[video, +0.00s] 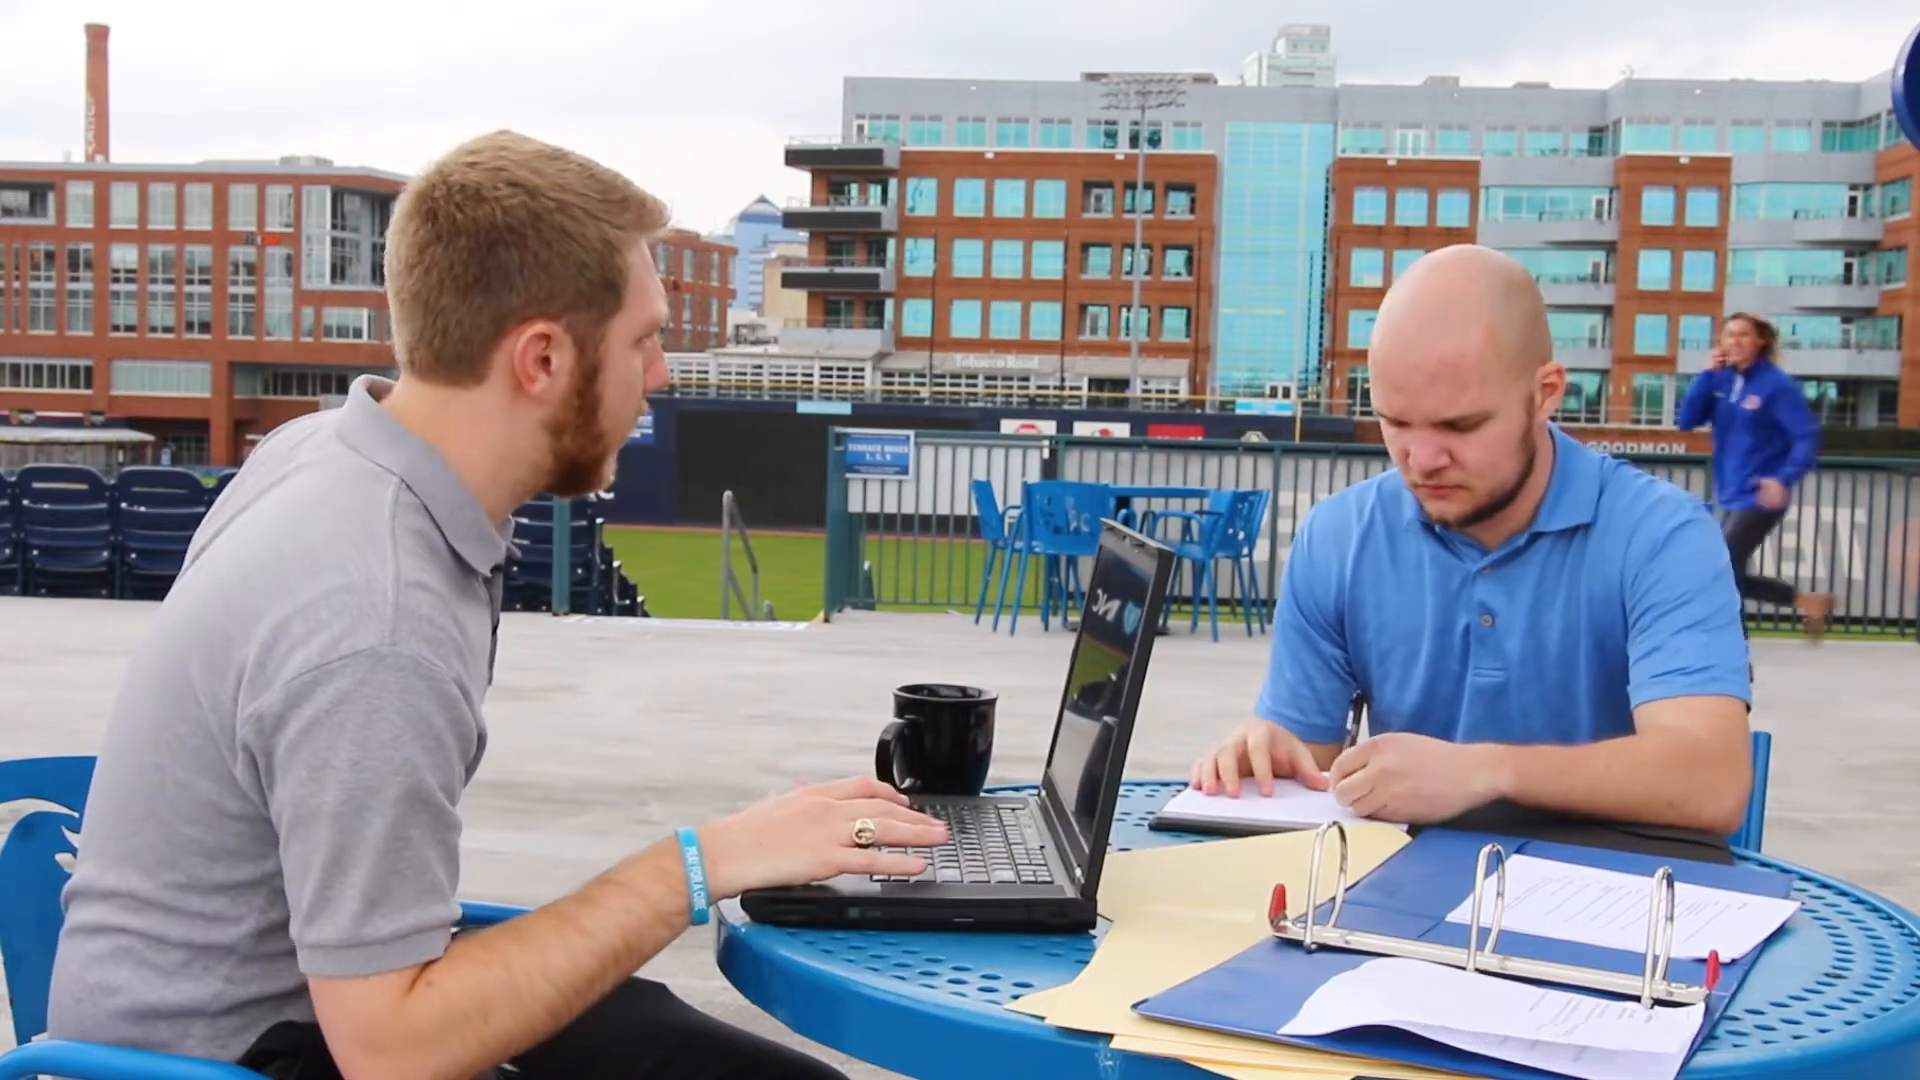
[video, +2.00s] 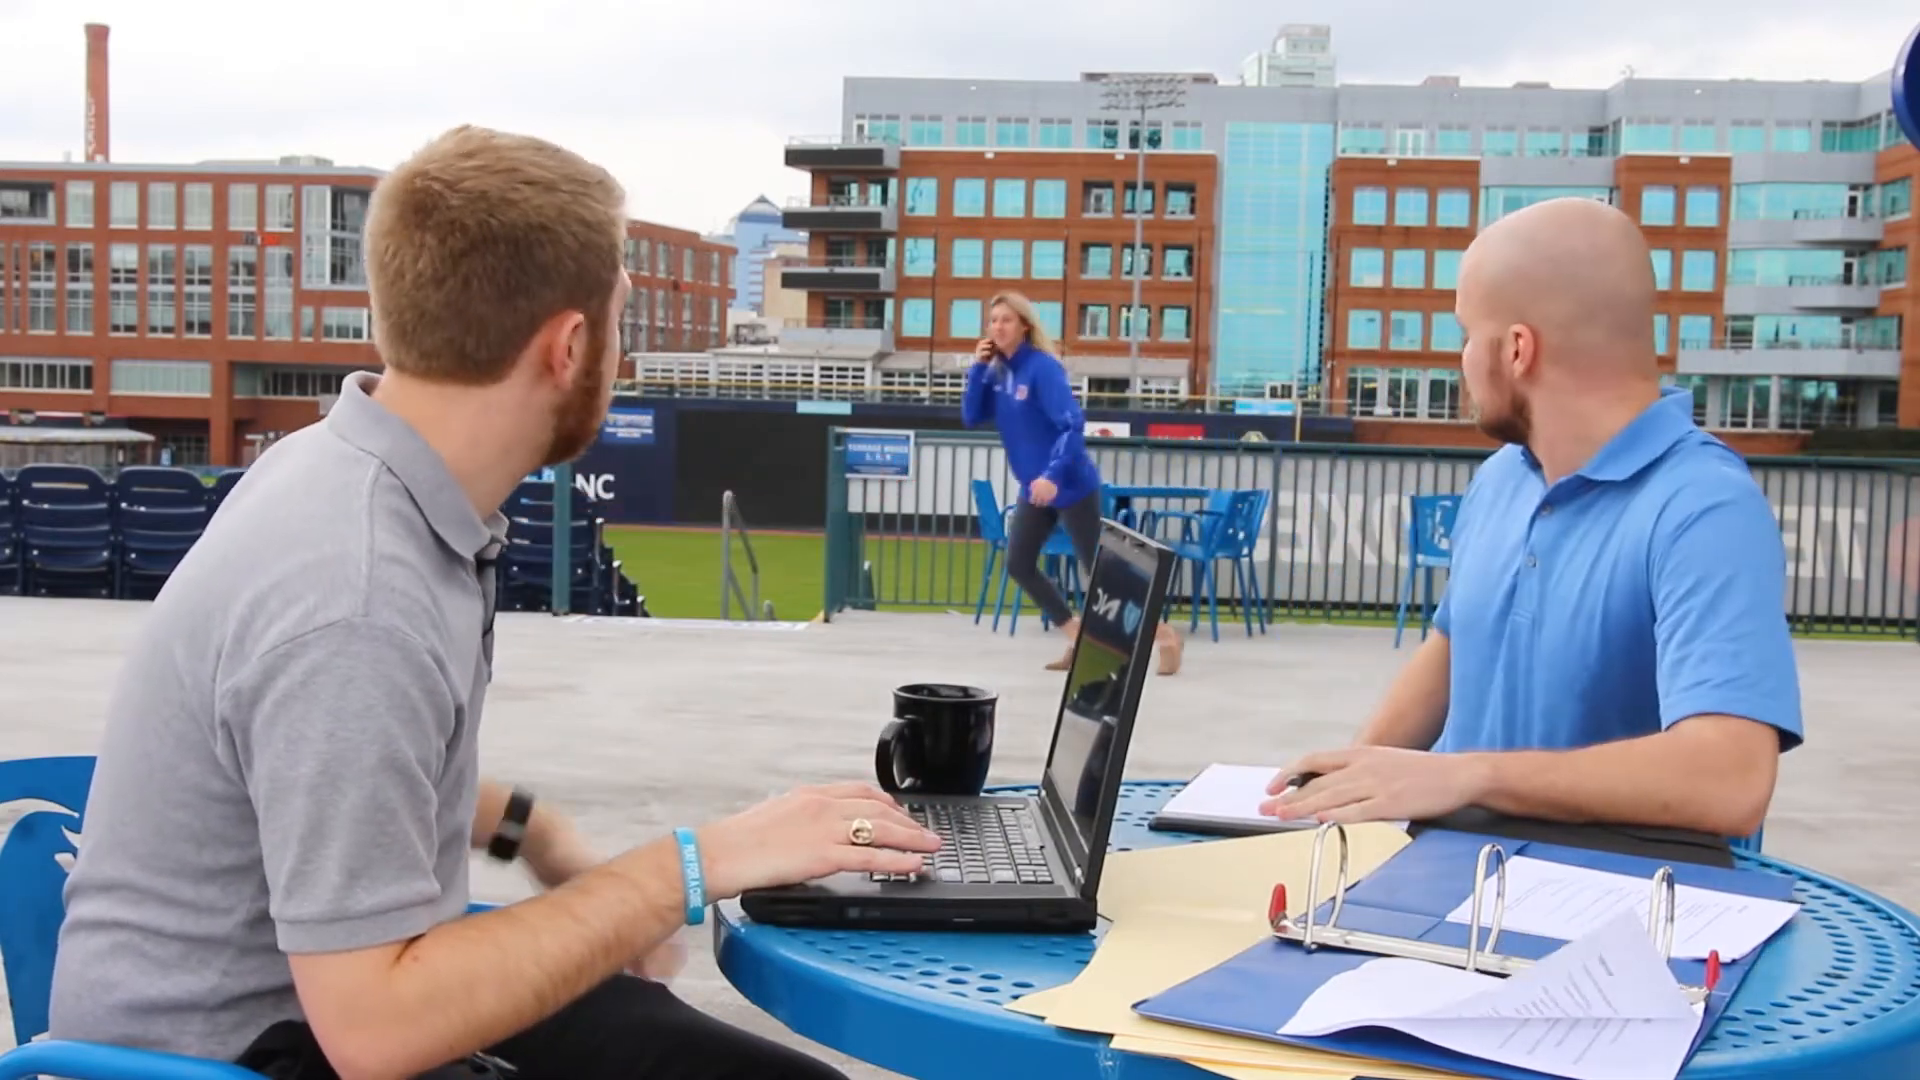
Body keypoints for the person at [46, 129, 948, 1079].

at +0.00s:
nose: (663, 377)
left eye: (661, 339)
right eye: (647, 343)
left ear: (530, 356)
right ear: (538, 362)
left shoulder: (322, 458)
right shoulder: (365, 623)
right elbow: (393, 1037)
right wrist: (711, 860)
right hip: (211, 1049)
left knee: (611, 998)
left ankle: (817, 1066)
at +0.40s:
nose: (652, 357)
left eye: (645, 320)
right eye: (631, 324)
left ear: (526, 352)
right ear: (527, 356)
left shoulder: (332, 461)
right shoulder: (362, 614)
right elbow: (387, 1036)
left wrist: (393, 942)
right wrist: (711, 860)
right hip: (209, 1052)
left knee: (615, 1002)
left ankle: (816, 1068)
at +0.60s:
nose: (606, 391)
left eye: (623, 361)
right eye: (608, 366)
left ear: (405, 325)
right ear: (543, 373)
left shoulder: (340, 463)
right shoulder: (349, 620)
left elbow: (485, 501)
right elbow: (387, 1038)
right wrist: (713, 859)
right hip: (211, 1050)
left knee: (625, 1007)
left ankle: (811, 1070)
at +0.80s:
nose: (614, 371)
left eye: (619, 339)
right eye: (618, 343)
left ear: (403, 322)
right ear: (563, 379)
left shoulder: (354, 459)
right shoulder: (330, 626)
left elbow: (554, 511)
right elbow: (385, 1040)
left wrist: (775, 471)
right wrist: (710, 859)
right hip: (209, 1051)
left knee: (633, 1007)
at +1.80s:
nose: (603, 358)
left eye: (606, 327)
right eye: (608, 328)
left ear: (396, 313)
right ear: (574, 352)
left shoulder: (319, 470)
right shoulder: (347, 612)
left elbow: (447, 618)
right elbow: (379, 1030)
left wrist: (691, 589)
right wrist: (706, 859)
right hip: (219, 1048)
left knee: (644, 1015)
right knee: (792, 1063)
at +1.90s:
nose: (607, 357)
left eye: (610, 326)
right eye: (611, 326)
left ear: (397, 313)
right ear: (572, 350)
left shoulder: (338, 469)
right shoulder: (348, 610)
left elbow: (383, 683)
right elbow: (378, 1029)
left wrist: (614, 689)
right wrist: (704, 859)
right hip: (221, 1047)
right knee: (793, 1072)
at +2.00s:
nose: (615, 355)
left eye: (616, 320)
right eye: (615, 320)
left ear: (407, 314)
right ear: (563, 346)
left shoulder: (368, 481)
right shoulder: (348, 598)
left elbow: (345, 749)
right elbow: (374, 1027)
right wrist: (715, 859)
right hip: (212, 1046)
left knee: (650, 1014)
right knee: (786, 1066)